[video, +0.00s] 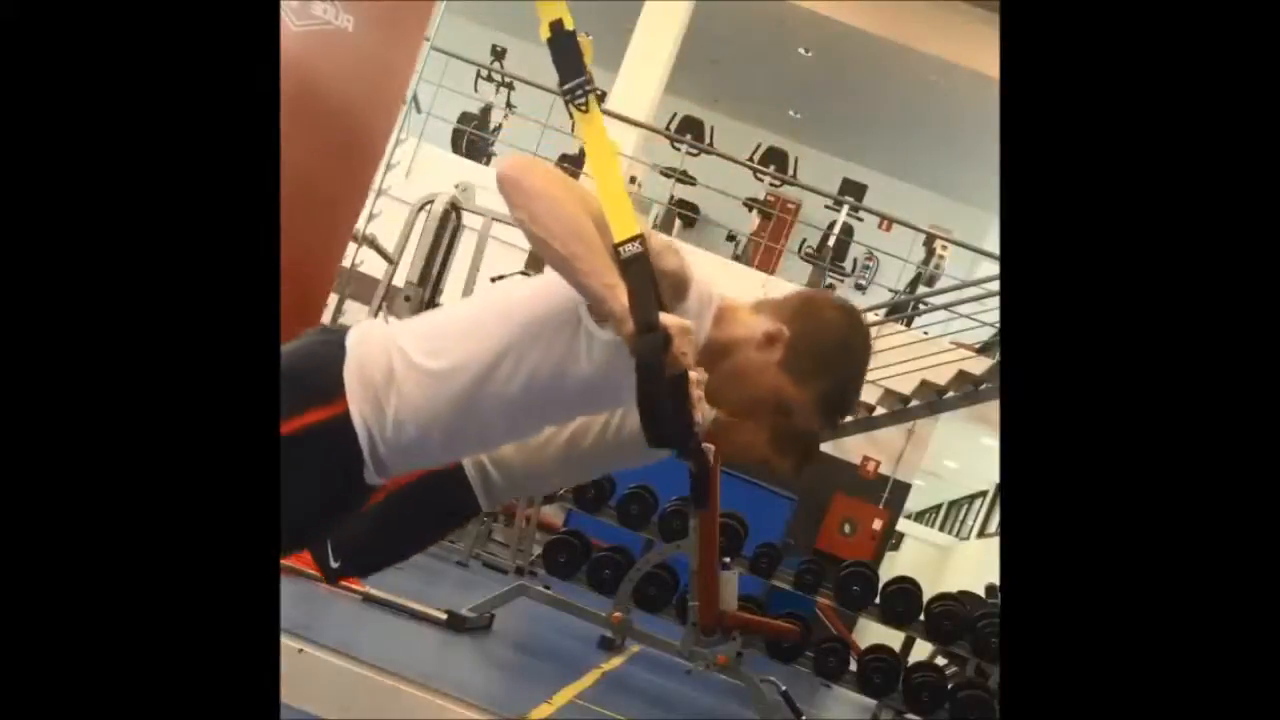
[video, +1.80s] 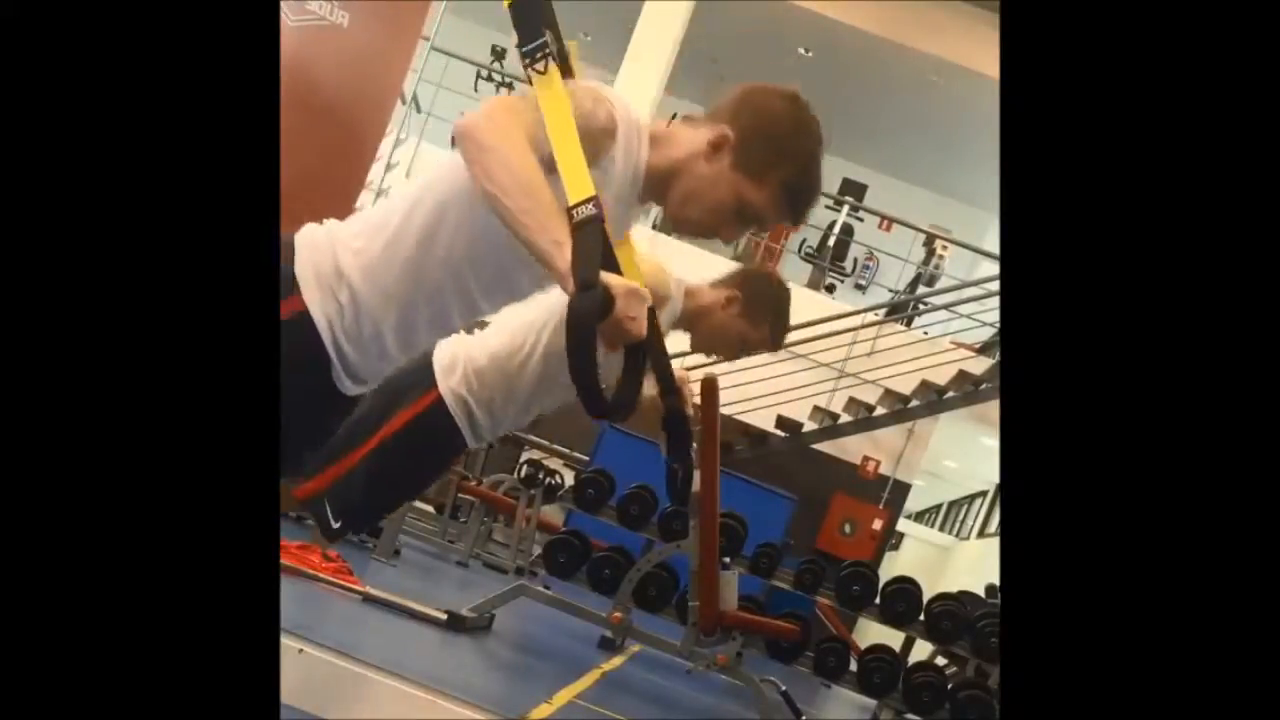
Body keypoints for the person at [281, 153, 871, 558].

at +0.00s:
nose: (755, 416)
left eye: (776, 416)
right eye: (775, 402)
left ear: (771, 338)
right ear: (771, 339)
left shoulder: (679, 363)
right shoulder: (668, 277)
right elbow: (522, 177)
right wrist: (628, 313)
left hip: (363, 451)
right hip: (334, 411)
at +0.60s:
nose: (744, 392)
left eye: (766, 391)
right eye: (763, 377)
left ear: (756, 305)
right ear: (758, 308)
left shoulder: (668, 350)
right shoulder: (658, 246)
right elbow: (522, 163)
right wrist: (625, 308)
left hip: (352, 433)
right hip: (320, 374)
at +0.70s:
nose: (731, 354)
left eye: (752, 354)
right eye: (750, 338)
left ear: (748, 258)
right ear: (748, 263)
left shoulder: (660, 305)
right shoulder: (647, 211)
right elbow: (511, 152)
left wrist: (666, 393)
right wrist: (612, 307)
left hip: (349, 414)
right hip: (311, 345)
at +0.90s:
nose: (721, 278)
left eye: (741, 274)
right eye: (738, 261)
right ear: (729, 191)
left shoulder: (633, 233)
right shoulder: (615, 140)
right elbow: (500, 139)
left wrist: (656, 372)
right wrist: (597, 289)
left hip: (345, 361)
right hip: (307, 300)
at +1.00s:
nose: (714, 243)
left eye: (735, 237)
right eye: (732, 222)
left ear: (722, 142)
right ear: (721, 147)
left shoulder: (622, 213)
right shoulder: (603, 106)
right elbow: (497, 134)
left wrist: (667, 385)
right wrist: (593, 276)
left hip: (343, 352)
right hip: (298, 287)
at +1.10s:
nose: (706, 200)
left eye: (728, 194)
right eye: (721, 177)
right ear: (700, 109)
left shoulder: (612, 173)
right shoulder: (578, 75)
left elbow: (610, 278)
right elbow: (500, 142)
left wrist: (656, 375)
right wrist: (594, 282)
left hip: (338, 342)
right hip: (295, 278)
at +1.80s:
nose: (727, 234)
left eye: (745, 228)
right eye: (741, 213)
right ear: (719, 146)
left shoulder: (624, 211)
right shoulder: (603, 115)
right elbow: (485, 132)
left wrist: (660, 396)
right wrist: (587, 281)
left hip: (353, 373)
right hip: (310, 316)